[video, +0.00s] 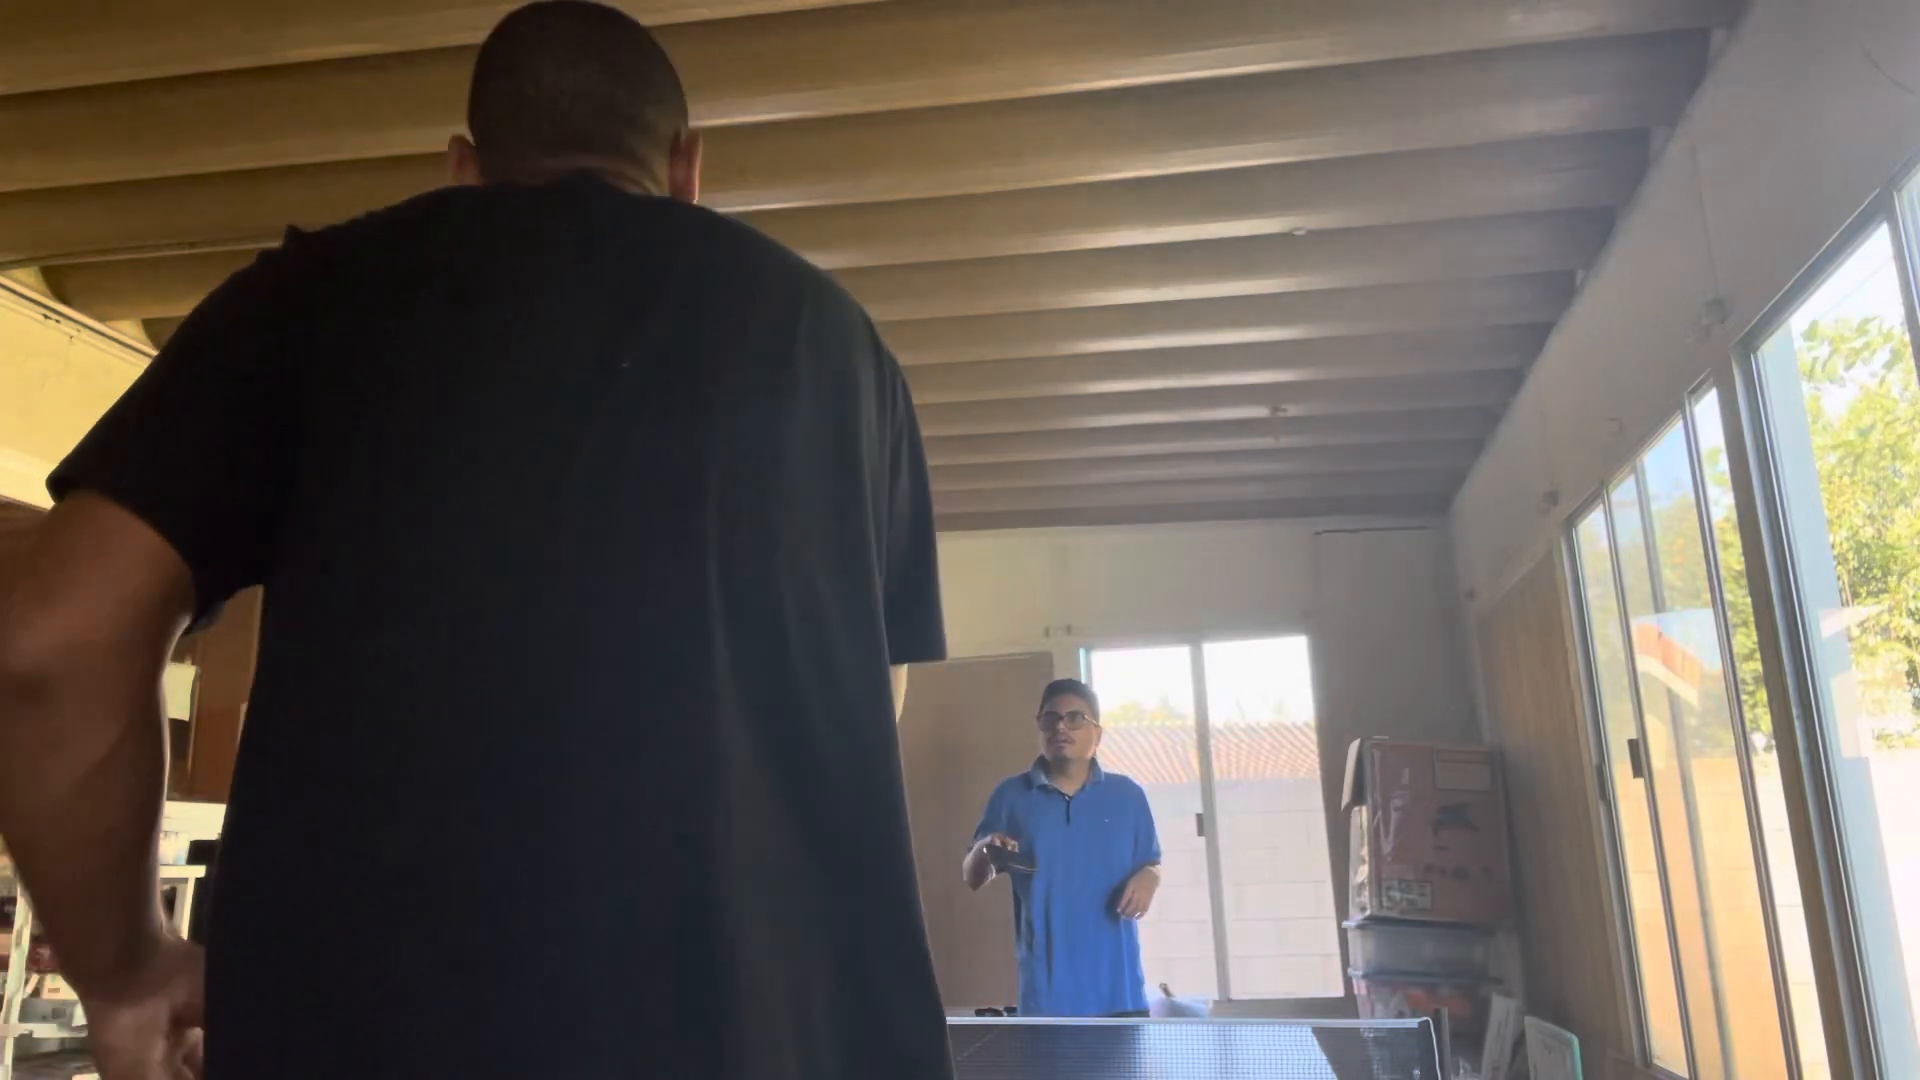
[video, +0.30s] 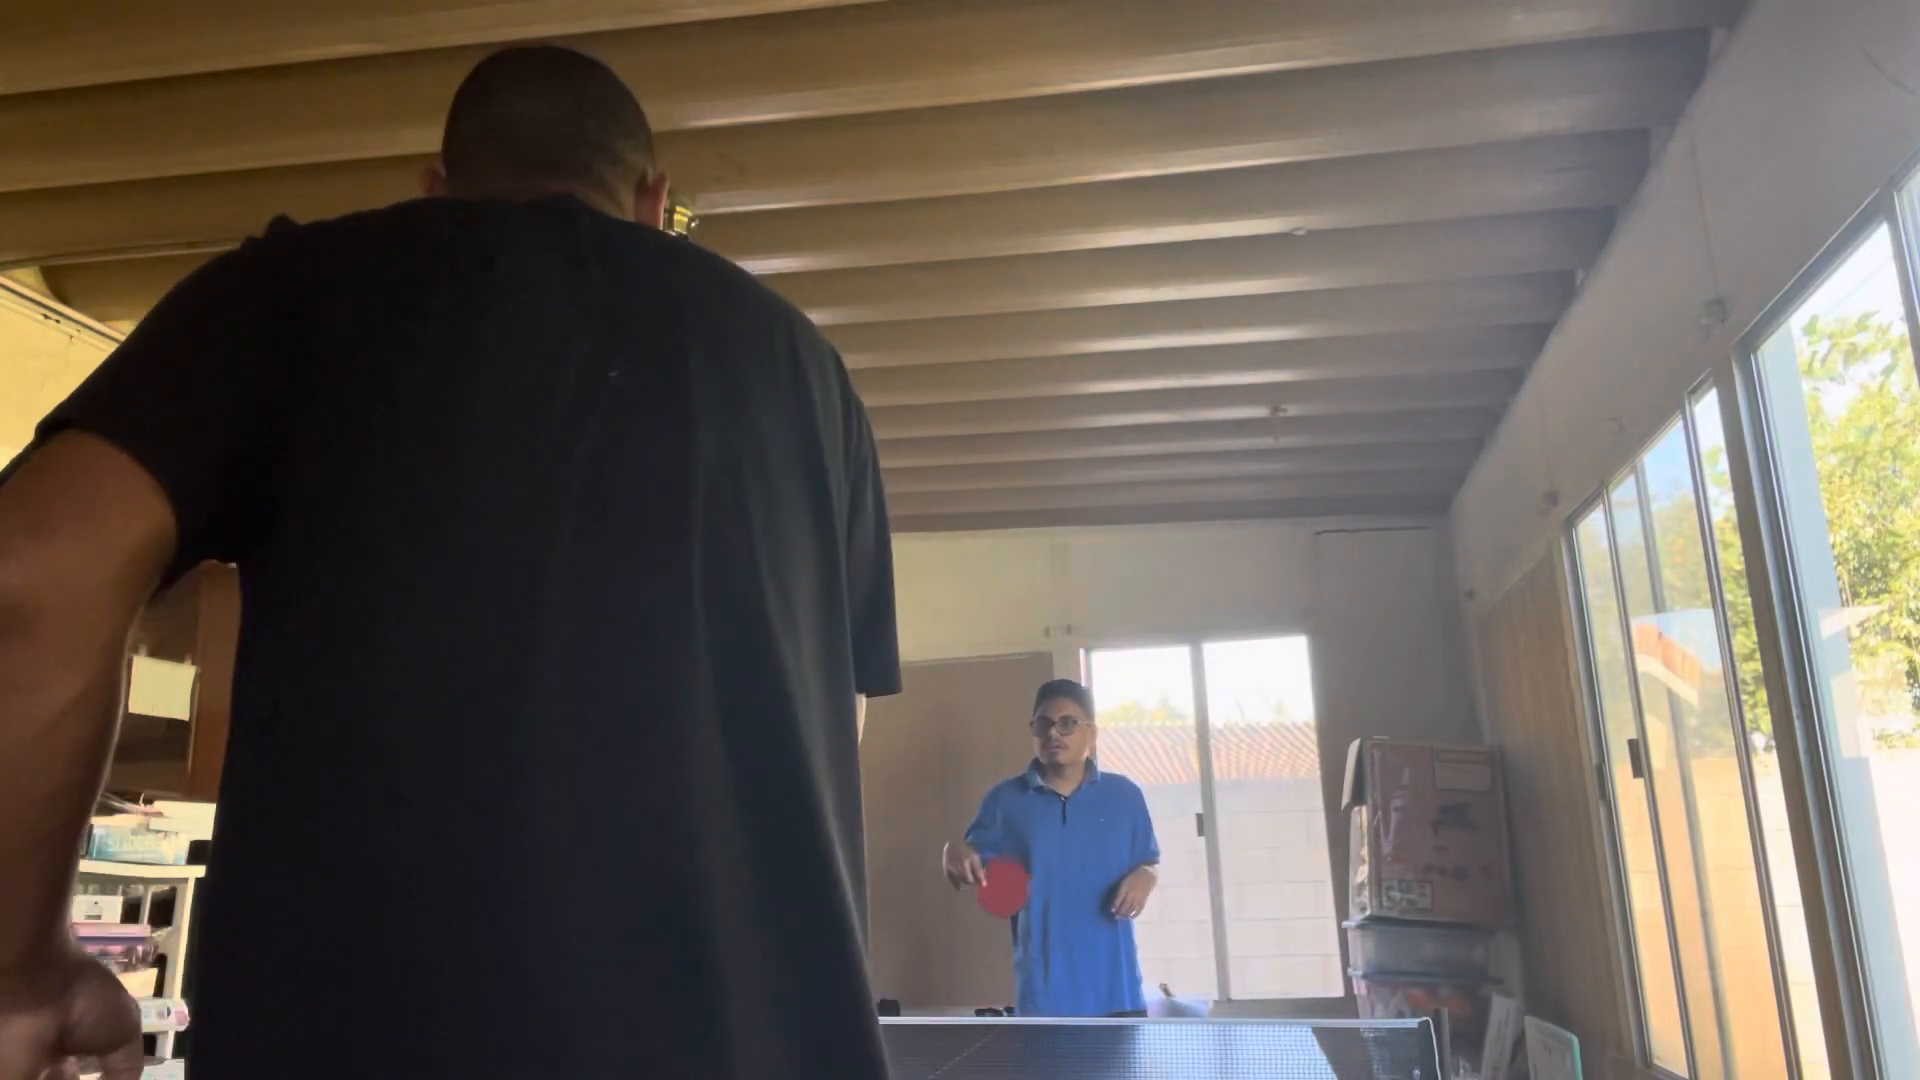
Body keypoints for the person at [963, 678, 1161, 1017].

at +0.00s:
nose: (1061, 727)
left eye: (1075, 718)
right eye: (1051, 718)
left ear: (1096, 733)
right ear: (1039, 729)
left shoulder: (1126, 795)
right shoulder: (1012, 796)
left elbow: (1150, 864)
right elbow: (973, 879)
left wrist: (1148, 877)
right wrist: (985, 852)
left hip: (1117, 986)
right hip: (1045, 989)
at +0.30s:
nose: (1054, 733)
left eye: (1067, 723)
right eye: (1044, 723)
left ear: (1091, 733)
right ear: (1032, 731)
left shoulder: (1123, 795)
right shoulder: (1006, 801)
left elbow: (1147, 864)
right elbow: (976, 860)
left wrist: (1144, 876)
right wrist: (955, 851)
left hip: (1115, 987)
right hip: (1042, 991)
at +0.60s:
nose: (1047, 738)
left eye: (1061, 727)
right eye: (1038, 728)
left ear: (1087, 736)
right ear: (1026, 735)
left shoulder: (1118, 796)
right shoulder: (1001, 803)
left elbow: (1142, 863)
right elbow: (966, 869)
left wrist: (1140, 877)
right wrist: (941, 848)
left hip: (1111, 990)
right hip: (1038, 994)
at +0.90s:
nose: (1043, 739)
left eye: (1056, 728)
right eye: (1033, 729)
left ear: (1083, 736)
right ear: (1022, 735)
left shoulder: (1115, 795)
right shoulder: (1000, 803)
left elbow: (1141, 863)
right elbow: (968, 865)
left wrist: (1137, 877)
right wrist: (936, 850)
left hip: (1108, 988)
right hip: (1036, 992)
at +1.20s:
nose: (1042, 741)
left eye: (1055, 730)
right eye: (1033, 730)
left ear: (1082, 736)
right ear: (1022, 736)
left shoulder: (1116, 795)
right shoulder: (999, 804)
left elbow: (1143, 863)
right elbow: (963, 870)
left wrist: (1136, 878)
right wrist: (933, 851)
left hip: (1109, 988)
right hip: (1036, 993)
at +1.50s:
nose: (1043, 742)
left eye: (1056, 731)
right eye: (1034, 732)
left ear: (1084, 736)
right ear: (1024, 736)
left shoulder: (1117, 795)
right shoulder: (1002, 803)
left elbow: (1144, 863)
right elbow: (966, 871)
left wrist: (1137, 878)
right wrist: (932, 852)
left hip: (1109, 988)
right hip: (1037, 992)